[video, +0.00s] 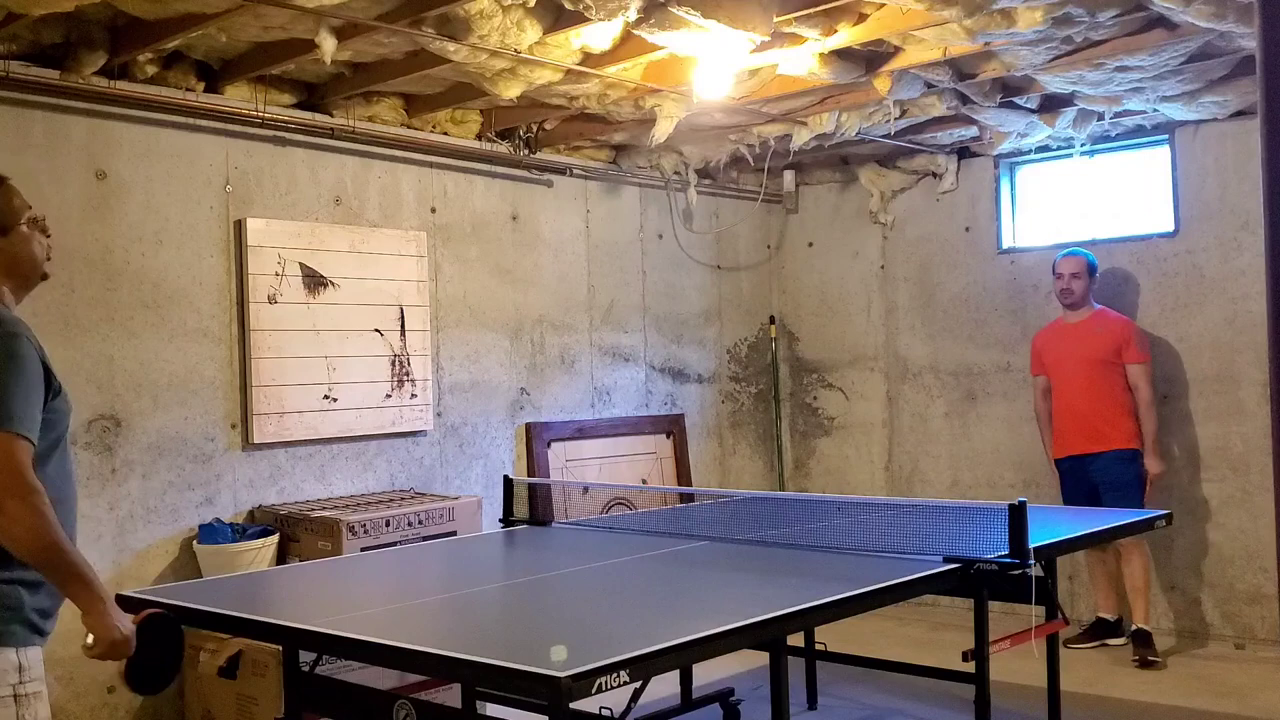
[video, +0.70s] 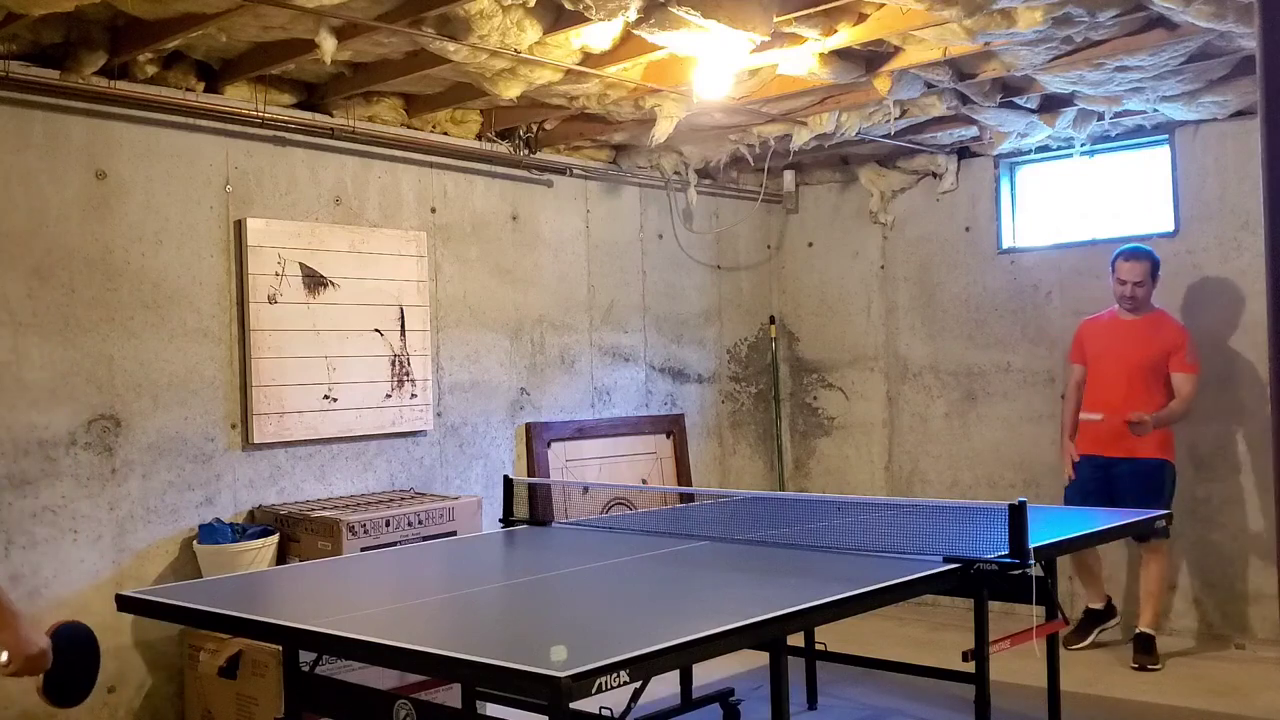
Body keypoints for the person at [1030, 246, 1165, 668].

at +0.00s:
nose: (1066, 284)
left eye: (1075, 276)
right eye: (1059, 276)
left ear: (1091, 281)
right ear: (1053, 282)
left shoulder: (1120, 327)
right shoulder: (1043, 339)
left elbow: (1142, 390)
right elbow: (1042, 401)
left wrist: (1151, 450)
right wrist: (1053, 452)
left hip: (1117, 449)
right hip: (1070, 455)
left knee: (1127, 538)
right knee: (1090, 542)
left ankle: (1140, 631)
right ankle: (1107, 622)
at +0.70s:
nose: (1129, 290)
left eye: (1139, 283)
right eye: (1122, 282)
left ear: (1153, 283)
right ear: (1112, 279)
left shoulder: (1171, 332)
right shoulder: (1090, 329)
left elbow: (1185, 398)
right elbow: (1074, 387)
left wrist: (1153, 420)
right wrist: (1067, 439)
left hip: (1147, 457)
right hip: (1092, 455)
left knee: (1153, 539)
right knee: (1072, 533)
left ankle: (1145, 633)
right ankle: (1098, 606)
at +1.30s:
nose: (1155, 294)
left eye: (1166, 286)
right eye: (1147, 284)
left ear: (1179, 285)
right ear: (1135, 279)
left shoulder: (1195, 334)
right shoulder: (1105, 325)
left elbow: (1206, 401)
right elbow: (1069, 381)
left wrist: (1177, 412)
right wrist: (1093, 402)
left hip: (1169, 459)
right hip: (1116, 455)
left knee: (1161, 548)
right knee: (1128, 543)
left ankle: (1144, 640)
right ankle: (1141, 641)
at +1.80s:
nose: (1172, 288)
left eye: (1180, 279)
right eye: (1163, 279)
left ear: (1189, 277)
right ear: (1144, 278)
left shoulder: (1206, 327)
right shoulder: (1116, 331)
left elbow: (1232, 387)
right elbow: (1092, 396)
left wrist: (1242, 430)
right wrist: (1145, 417)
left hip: (1198, 467)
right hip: (1139, 469)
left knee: (1207, 561)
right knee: (1145, 558)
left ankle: (1170, 618)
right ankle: (1159, 651)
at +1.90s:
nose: (1178, 287)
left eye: (1187, 278)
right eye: (1169, 278)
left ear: (1196, 275)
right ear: (1151, 275)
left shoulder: (1212, 326)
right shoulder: (1123, 328)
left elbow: (1234, 390)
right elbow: (1097, 394)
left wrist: (1248, 443)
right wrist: (1147, 416)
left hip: (1206, 466)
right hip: (1145, 469)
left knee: (1226, 555)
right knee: (1149, 559)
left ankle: (1200, 621)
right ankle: (1162, 653)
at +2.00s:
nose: (1188, 284)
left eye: (1196, 275)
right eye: (1179, 275)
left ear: (1205, 273)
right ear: (1159, 272)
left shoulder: (1221, 324)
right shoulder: (1131, 326)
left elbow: (1239, 389)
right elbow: (1103, 391)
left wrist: (1249, 442)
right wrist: (1151, 412)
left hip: (1216, 465)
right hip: (1153, 468)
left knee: (1235, 557)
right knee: (1153, 561)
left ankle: (1244, 644)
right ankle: (1163, 654)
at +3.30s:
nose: (1167, 272)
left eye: (1177, 264)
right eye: (1162, 264)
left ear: (1201, 269)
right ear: (1157, 268)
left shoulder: (1230, 327)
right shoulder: (1142, 325)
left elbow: (1247, 399)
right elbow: (1118, 389)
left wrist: (1214, 442)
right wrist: (1094, 443)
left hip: (1212, 462)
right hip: (1149, 460)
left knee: (1236, 555)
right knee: (1147, 552)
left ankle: (1266, 653)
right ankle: (1145, 645)